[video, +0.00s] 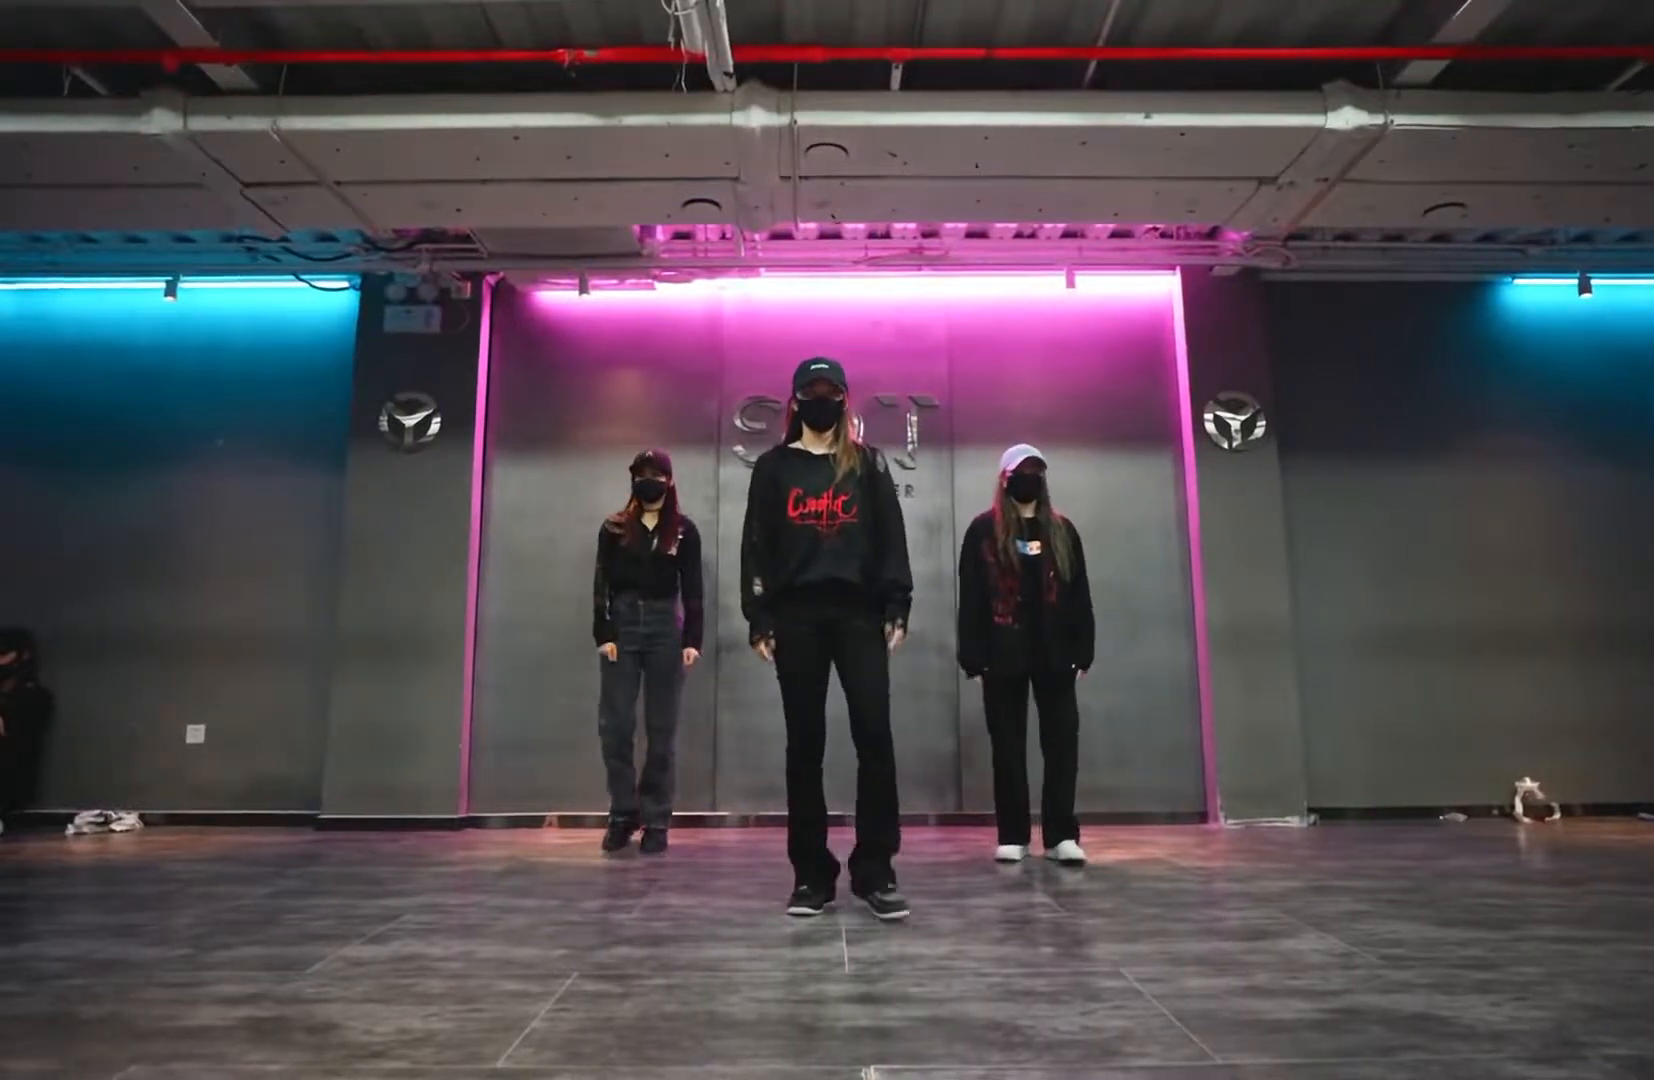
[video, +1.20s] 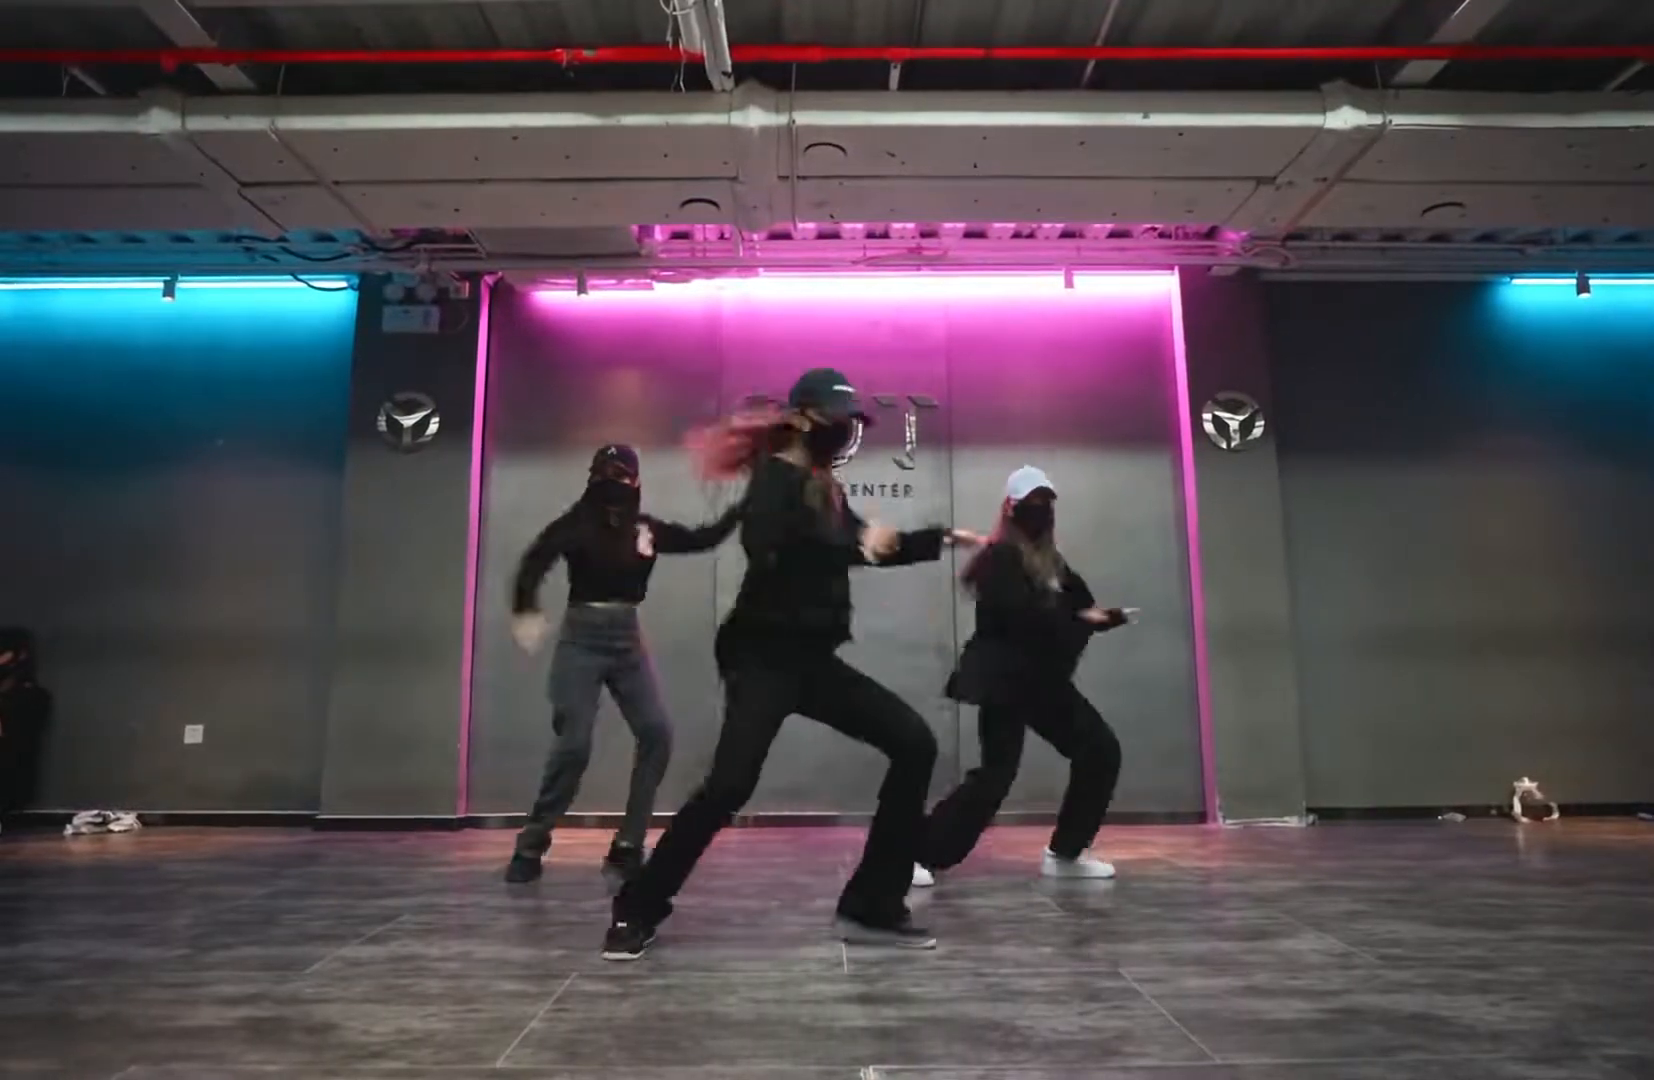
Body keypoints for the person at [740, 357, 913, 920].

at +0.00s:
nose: (822, 399)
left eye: (831, 391)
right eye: (812, 391)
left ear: (845, 397)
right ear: (796, 399)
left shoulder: (868, 464)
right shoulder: (772, 466)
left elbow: (893, 542)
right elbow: (754, 549)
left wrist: (896, 607)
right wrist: (759, 619)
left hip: (862, 617)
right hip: (796, 619)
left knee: (875, 740)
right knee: (805, 745)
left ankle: (875, 873)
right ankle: (811, 876)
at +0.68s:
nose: (839, 411)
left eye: (848, 403)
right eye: (829, 403)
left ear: (861, 412)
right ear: (811, 410)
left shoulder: (877, 483)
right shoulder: (784, 473)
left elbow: (899, 557)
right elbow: (776, 550)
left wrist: (935, 606)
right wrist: (812, 590)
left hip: (865, 633)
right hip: (802, 632)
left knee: (871, 755)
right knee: (787, 763)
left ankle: (881, 868)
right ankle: (830, 832)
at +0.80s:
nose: (824, 413)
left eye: (834, 403)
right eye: (814, 403)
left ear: (847, 410)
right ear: (798, 410)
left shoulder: (865, 479)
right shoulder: (772, 475)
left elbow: (909, 532)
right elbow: (748, 544)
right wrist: (694, 564)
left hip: (853, 643)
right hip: (786, 641)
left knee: (871, 763)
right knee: (734, 741)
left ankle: (880, 874)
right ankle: (721, 871)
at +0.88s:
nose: (813, 422)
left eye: (823, 412)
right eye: (803, 411)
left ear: (839, 421)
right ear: (788, 418)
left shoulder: (845, 485)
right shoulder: (763, 485)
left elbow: (837, 537)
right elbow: (710, 546)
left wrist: (782, 536)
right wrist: (646, 561)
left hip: (845, 650)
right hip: (779, 651)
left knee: (869, 765)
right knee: (719, 759)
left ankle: (882, 873)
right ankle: (653, 892)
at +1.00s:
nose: (768, 422)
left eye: (778, 412)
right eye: (757, 413)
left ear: (797, 420)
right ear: (743, 425)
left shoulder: (829, 487)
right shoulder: (733, 493)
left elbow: (853, 548)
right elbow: (698, 562)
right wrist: (652, 577)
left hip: (827, 655)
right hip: (760, 656)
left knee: (869, 771)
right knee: (702, 768)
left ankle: (881, 864)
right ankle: (635, 908)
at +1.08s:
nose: (772, 423)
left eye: (782, 413)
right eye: (760, 412)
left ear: (800, 421)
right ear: (743, 421)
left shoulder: (826, 493)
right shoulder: (727, 488)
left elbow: (901, 552)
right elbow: (713, 561)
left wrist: (962, 555)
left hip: (821, 665)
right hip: (751, 666)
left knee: (903, 759)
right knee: (704, 776)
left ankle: (868, 858)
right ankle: (635, 909)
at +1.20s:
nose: (848, 435)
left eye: (851, 424)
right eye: (839, 423)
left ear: (837, 426)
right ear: (806, 419)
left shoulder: (824, 487)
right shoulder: (777, 475)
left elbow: (866, 547)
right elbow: (763, 541)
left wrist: (940, 539)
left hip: (811, 661)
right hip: (762, 660)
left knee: (914, 742)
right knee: (730, 788)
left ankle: (873, 901)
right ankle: (635, 912)